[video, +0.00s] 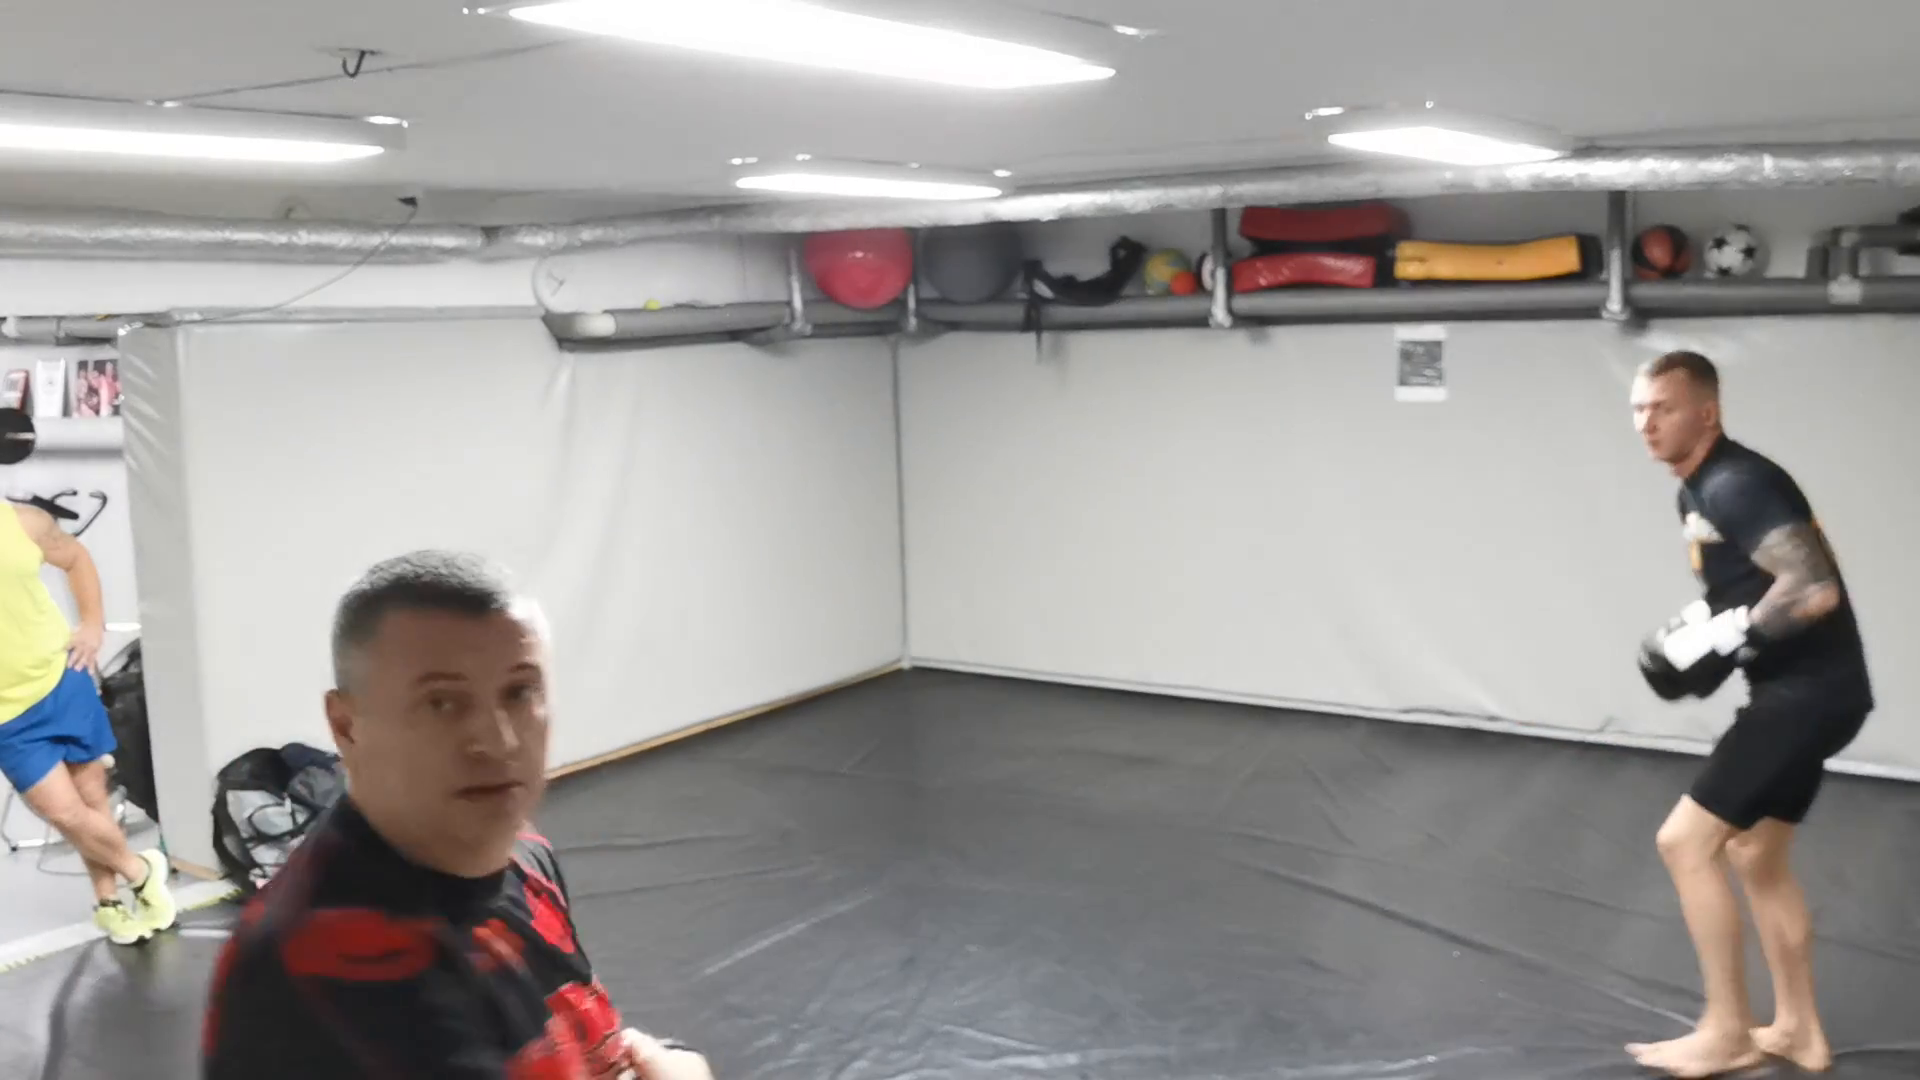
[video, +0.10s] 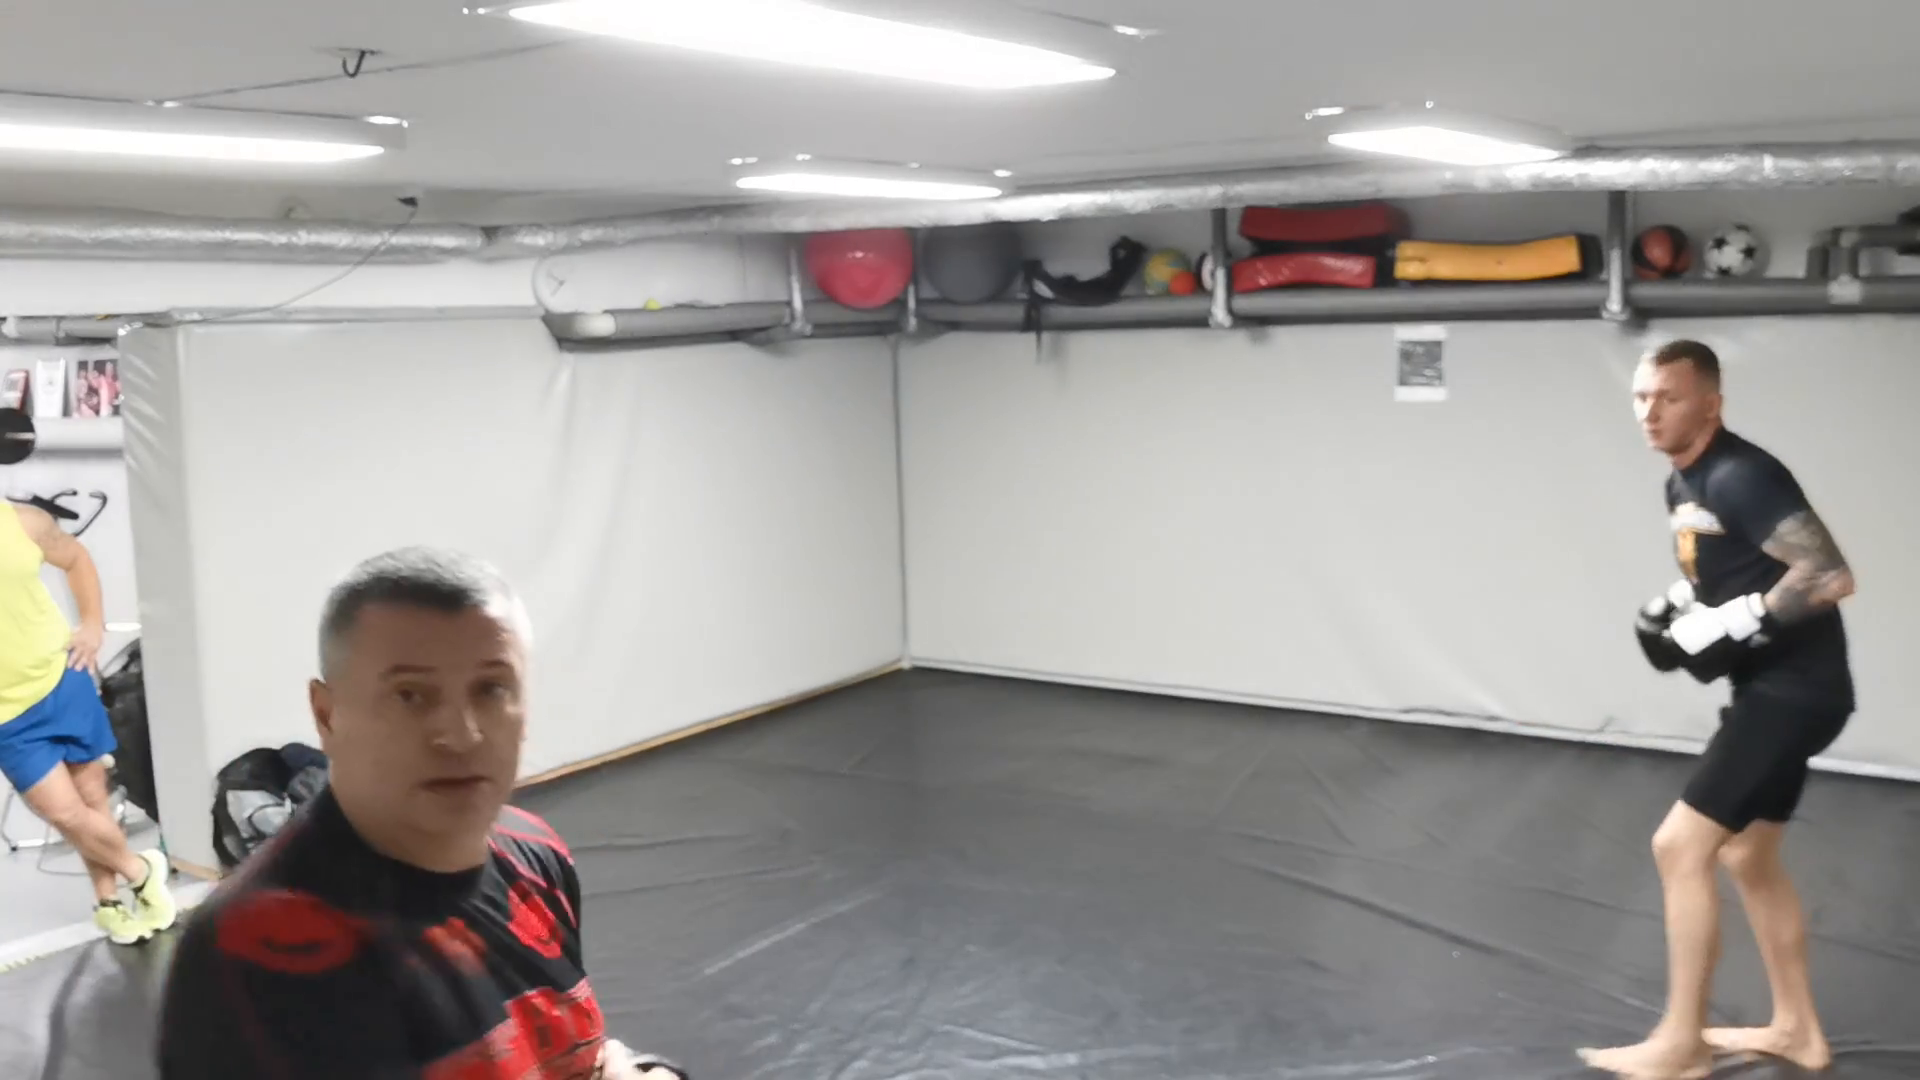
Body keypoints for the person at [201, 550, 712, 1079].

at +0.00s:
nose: (497, 741)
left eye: (520, 694)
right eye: (442, 703)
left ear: (547, 706)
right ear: (346, 728)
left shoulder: (525, 863)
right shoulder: (309, 966)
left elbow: (598, 1044)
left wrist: (668, 1063)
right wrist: (654, 1065)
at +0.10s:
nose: (461, 733)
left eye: (492, 690)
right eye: (412, 695)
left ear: (524, 707)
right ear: (327, 718)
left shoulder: (535, 856)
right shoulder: (249, 950)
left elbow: (574, 1048)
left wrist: (642, 1072)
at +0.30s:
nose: (393, 716)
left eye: (430, 674)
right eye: (347, 677)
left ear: (474, 695)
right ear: (277, 701)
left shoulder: (535, 854)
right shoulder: (179, 927)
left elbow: (598, 1047)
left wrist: (601, 1070)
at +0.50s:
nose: (321, 727)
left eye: (360, 682)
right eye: (275, 688)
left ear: (418, 701)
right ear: (210, 717)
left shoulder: (515, 866)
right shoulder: (111, 957)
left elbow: (611, 1052)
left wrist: (599, 1072)